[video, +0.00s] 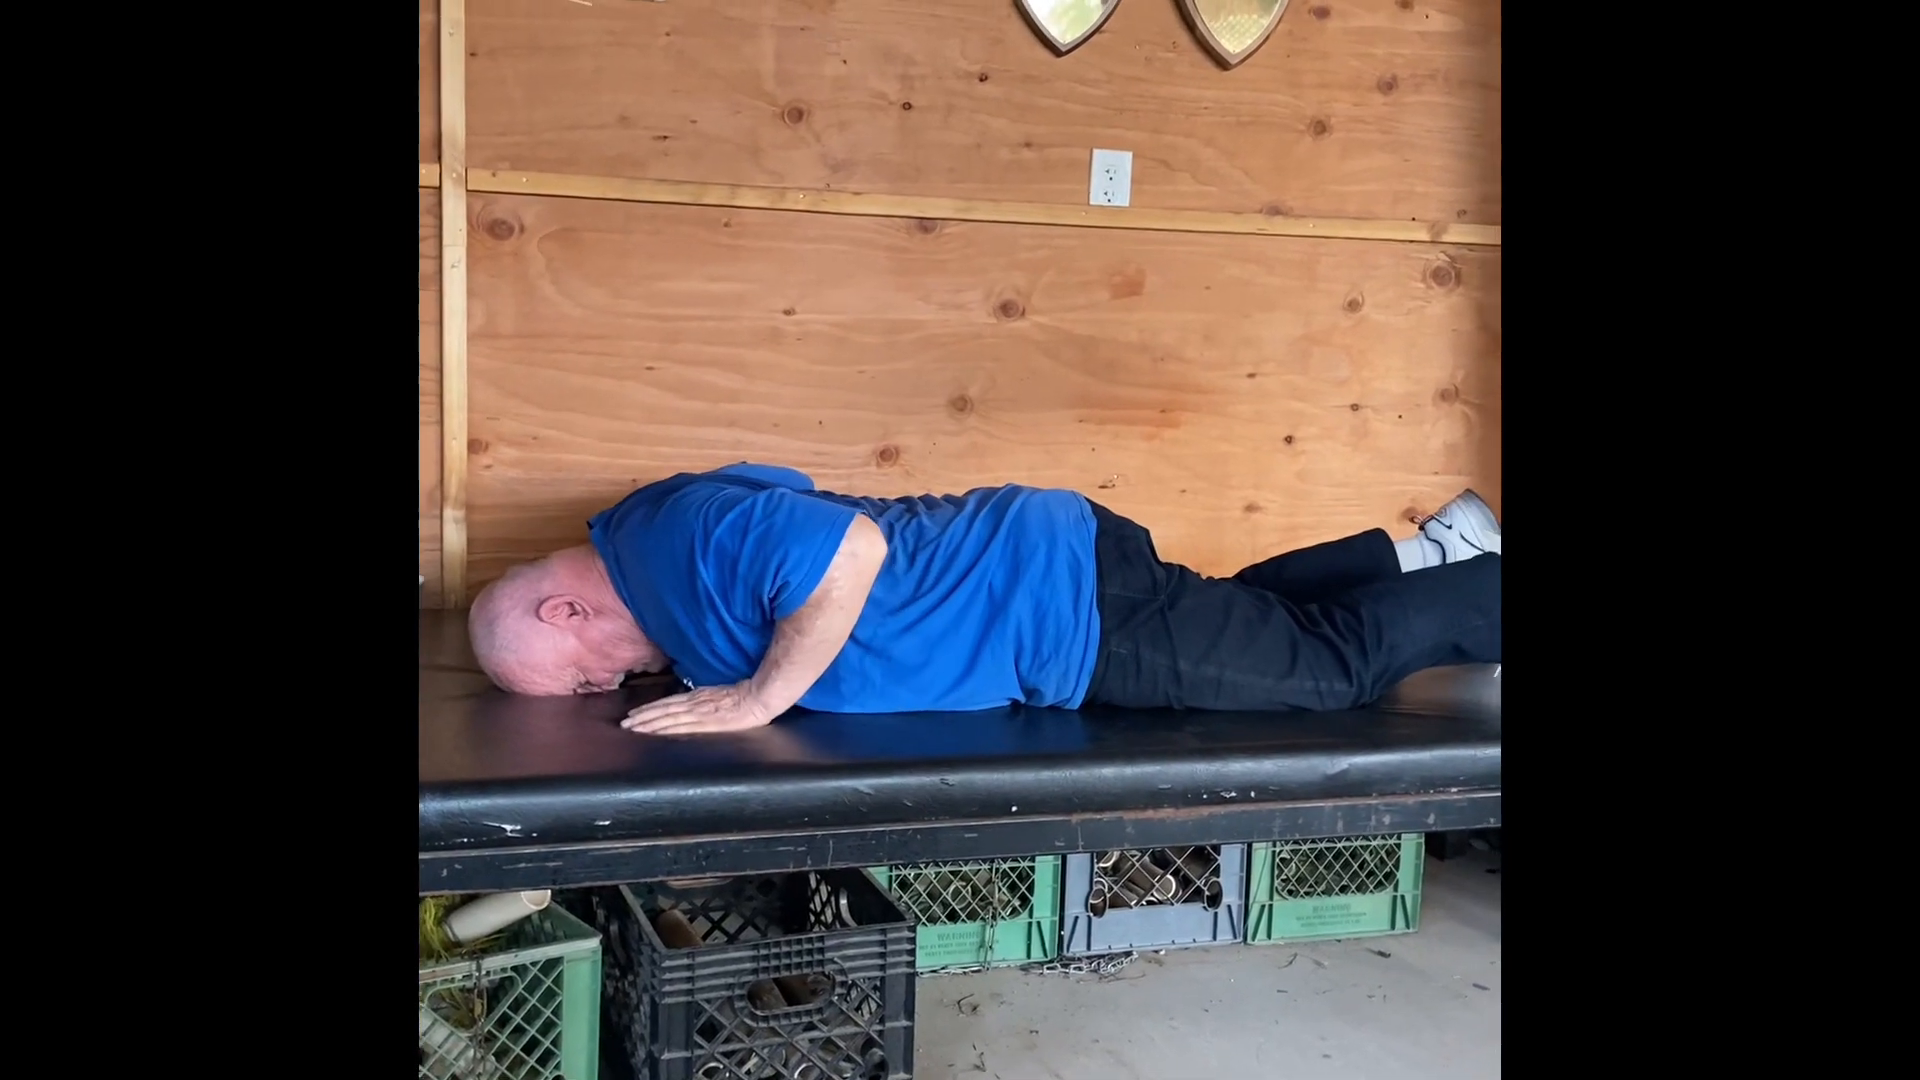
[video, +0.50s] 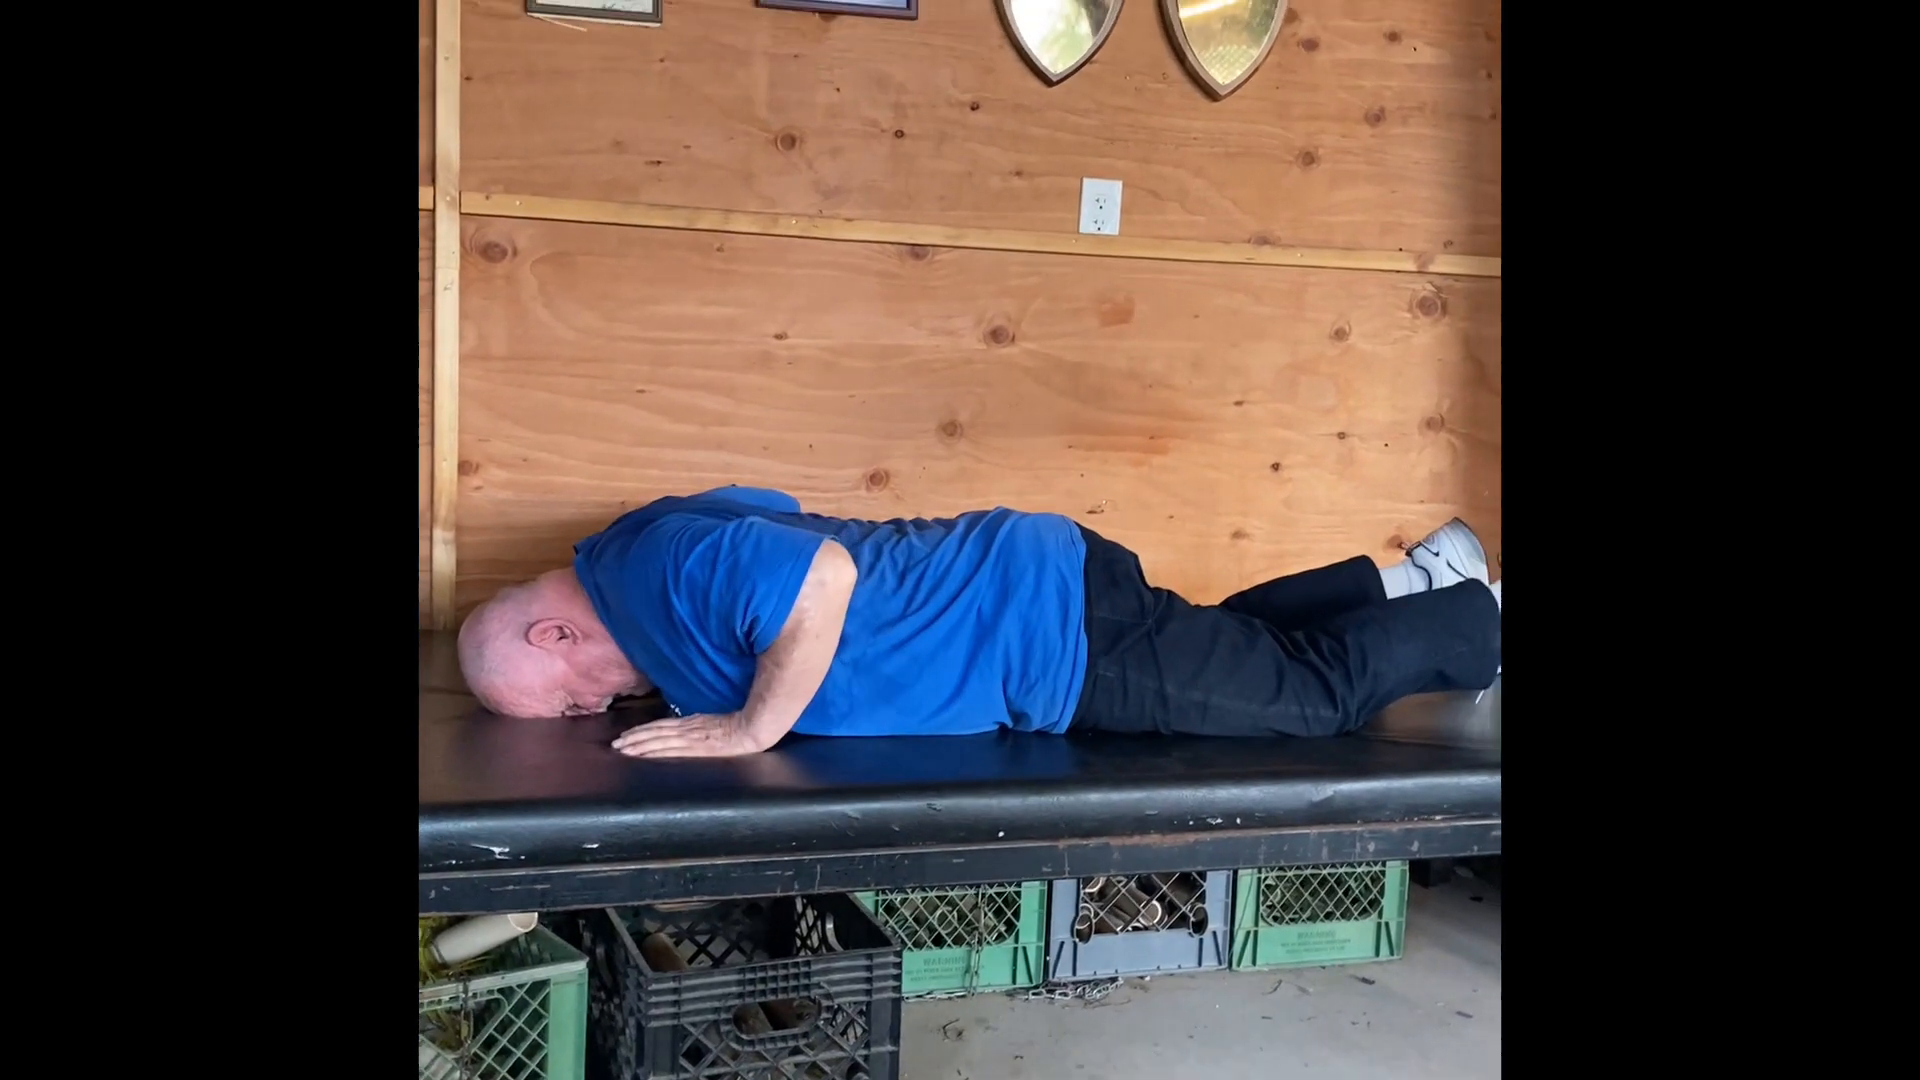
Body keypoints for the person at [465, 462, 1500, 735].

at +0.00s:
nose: (599, 680)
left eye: (571, 669)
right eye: (574, 678)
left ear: (560, 609)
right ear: (565, 611)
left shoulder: (685, 535)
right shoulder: (661, 579)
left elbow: (853, 553)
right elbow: (828, 574)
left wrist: (756, 695)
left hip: (1065, 600)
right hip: (1043, 621)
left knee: (1332, 664)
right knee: (1255, 631)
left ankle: (1485, 589)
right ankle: (1432, 552)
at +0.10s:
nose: (597, 680)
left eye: (568, 668)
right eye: (571, 678)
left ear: (556, 608)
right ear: (564, 616)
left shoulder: (683, 534)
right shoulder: (661, 588)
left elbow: (849, 554)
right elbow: (825, 580)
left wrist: (752, 698)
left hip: (1063, 603)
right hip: (1041, 639)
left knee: (1327, 666)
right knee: (1254, 636)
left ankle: (1483, 592)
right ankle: (1429, 555)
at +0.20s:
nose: (594, 689)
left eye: (566, 679)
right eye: (568, 688)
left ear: (553, 616)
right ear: (558, 616)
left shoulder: (669, 547)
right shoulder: (650, 571)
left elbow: (839, 562)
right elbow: (821, 559)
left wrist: (753, 709)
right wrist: (710, 674)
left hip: (1058, 610)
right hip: (1035, 602)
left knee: (1323, 673)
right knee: (1252, 639)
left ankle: (1482, 598)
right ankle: (1427, 554)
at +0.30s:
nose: (593, 695)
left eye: (564, 684)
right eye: (567, 693)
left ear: (550, 621)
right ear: (555, 620)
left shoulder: (664, 551)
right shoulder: (650, 584)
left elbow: (831, 560)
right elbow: (817, 564)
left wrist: (748, 713)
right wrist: (714, 680)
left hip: (1056, 611)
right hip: (1034, 626)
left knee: (1320, 676)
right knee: (1252, 649)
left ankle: (1485, 603)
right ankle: (1431, 562)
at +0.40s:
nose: (590, 699)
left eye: (561, 689)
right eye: (565, 698)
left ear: (546, 624)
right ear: (552, 626)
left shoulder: (662, 555)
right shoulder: (649, 595)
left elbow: (830, 566)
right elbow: (816, 579)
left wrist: (746, 720)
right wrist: (711, 689)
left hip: (1052, 614)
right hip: (1032, 649)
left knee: (1316, 680)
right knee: (1249, 659)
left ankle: (1486, 611)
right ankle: (1425, 568)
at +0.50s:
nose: (586, 710)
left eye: (558, 701)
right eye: (561, 707)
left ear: (546, 635)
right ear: (548, 627)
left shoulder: (657, 567)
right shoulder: (640, 580)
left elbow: (826, 574)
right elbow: (819, 550)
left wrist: (750, 728)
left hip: (1052, 624)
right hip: (1030, 626)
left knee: (1315, 689)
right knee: (1245, 662)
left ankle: (1481, 622)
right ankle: (1420, 572)